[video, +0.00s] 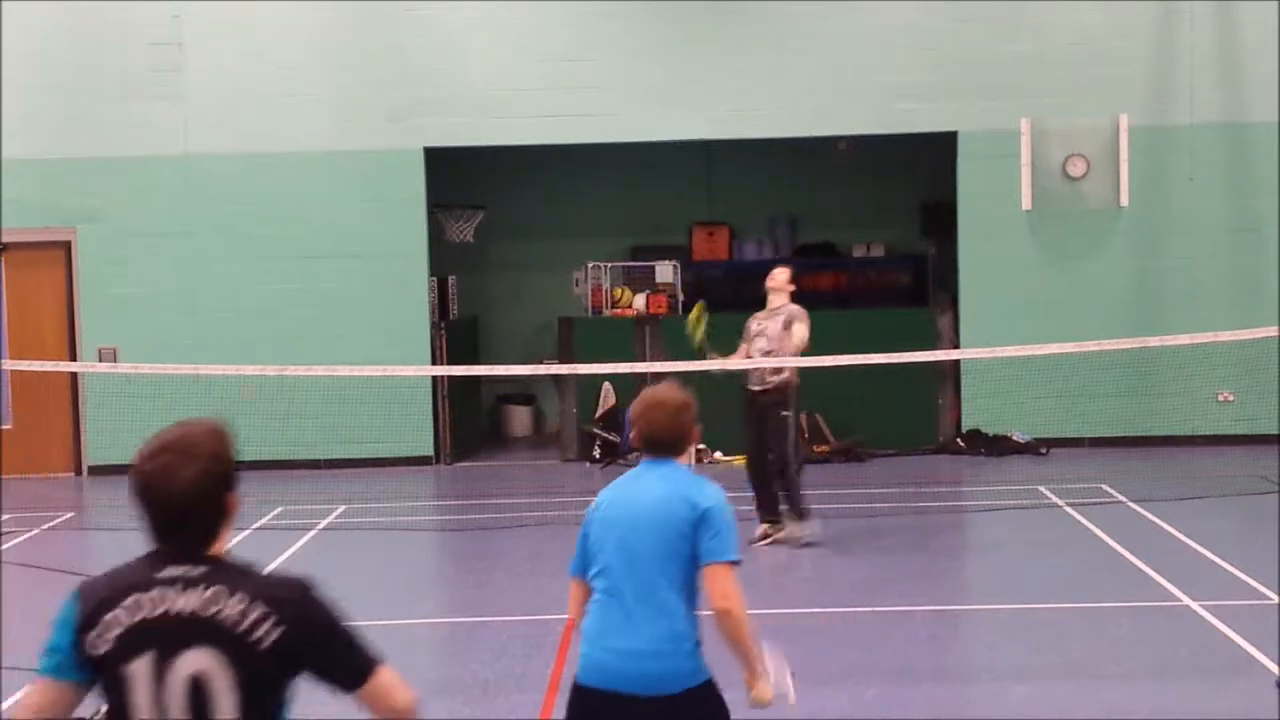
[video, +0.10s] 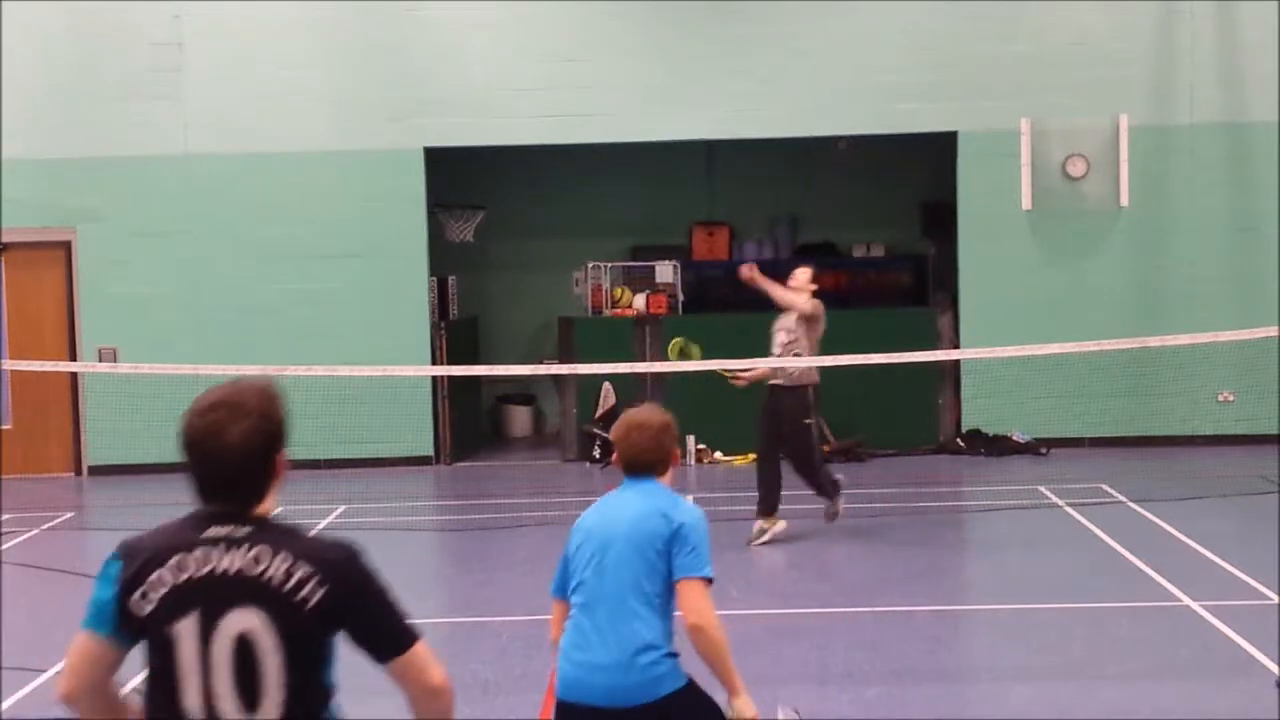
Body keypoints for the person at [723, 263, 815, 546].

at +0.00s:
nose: (771, 277)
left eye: (778, 274)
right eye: (771, 273)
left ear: (790, 286)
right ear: (767, 283)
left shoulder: (796, 313)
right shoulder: (755, 320)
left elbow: (798, 341)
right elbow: (742, 357)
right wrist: (718, 362)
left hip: (781, 388)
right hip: (756, 391)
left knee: (783, 454)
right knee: (757, 457)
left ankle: (796, 518)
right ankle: (769, 520)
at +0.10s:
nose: (792, 276)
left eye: (800, 274)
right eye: (792, 273)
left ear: (811, 285)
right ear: (790, 281)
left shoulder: (814, 308)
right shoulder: (782, 317)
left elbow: (791, 301)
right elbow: (779, 361)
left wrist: (758, 280)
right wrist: (750, 376)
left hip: (800, 389)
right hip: (777, 389)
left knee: (801, 453)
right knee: (767, 452)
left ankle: (832, 491)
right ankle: (767, 516)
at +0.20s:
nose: (812, 285)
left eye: (819, 282)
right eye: (813, 281)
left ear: (831, 292)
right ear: (814, 286)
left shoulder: (830, 314)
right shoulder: (810, 317)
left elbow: (802, 287)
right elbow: (801, 363)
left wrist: (771, 263)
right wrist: (770, 366)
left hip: (819, 395)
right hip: (796, 393)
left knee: (828, 451)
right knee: (777, 449)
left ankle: (849, 501)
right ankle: (767, 509)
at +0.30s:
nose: (830, 289)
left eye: (836, 287)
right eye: (830, 286)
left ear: (847, 297)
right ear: (830, 293)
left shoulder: (845, 320)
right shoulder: (825, 321)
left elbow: (815, 289)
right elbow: (821, 355)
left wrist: (787, 262)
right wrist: (805, 342)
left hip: (832, 399)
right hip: (812, 397)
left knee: (836, 454)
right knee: (782, 444)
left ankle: (854, 505)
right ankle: (794, 497)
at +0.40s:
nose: (842, 288)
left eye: (848, 285)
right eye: (842, 285)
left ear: (860, 293)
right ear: (842, 289)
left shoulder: (856, 313)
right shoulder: (840, 310)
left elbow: (846, 298)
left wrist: (814, 277)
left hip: (840, 385)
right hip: (822, 383)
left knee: (840, 445)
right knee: (793, 440)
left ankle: (854, 501)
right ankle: (822, 470)